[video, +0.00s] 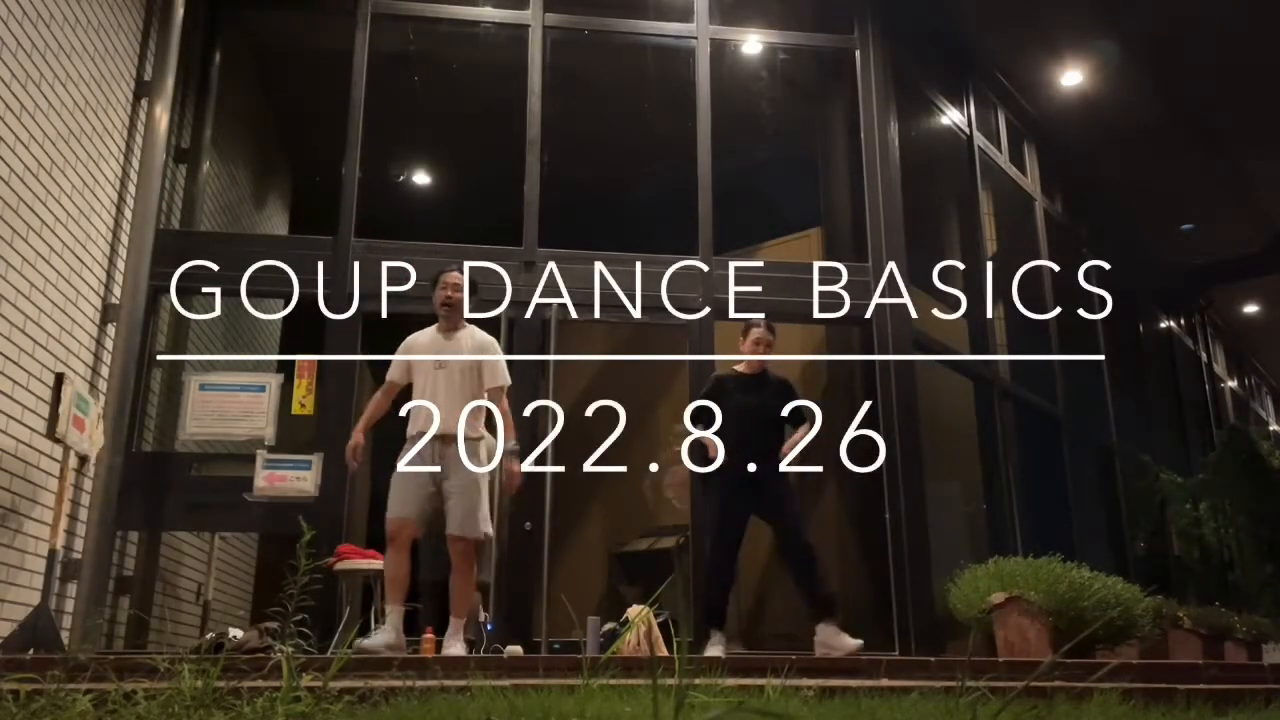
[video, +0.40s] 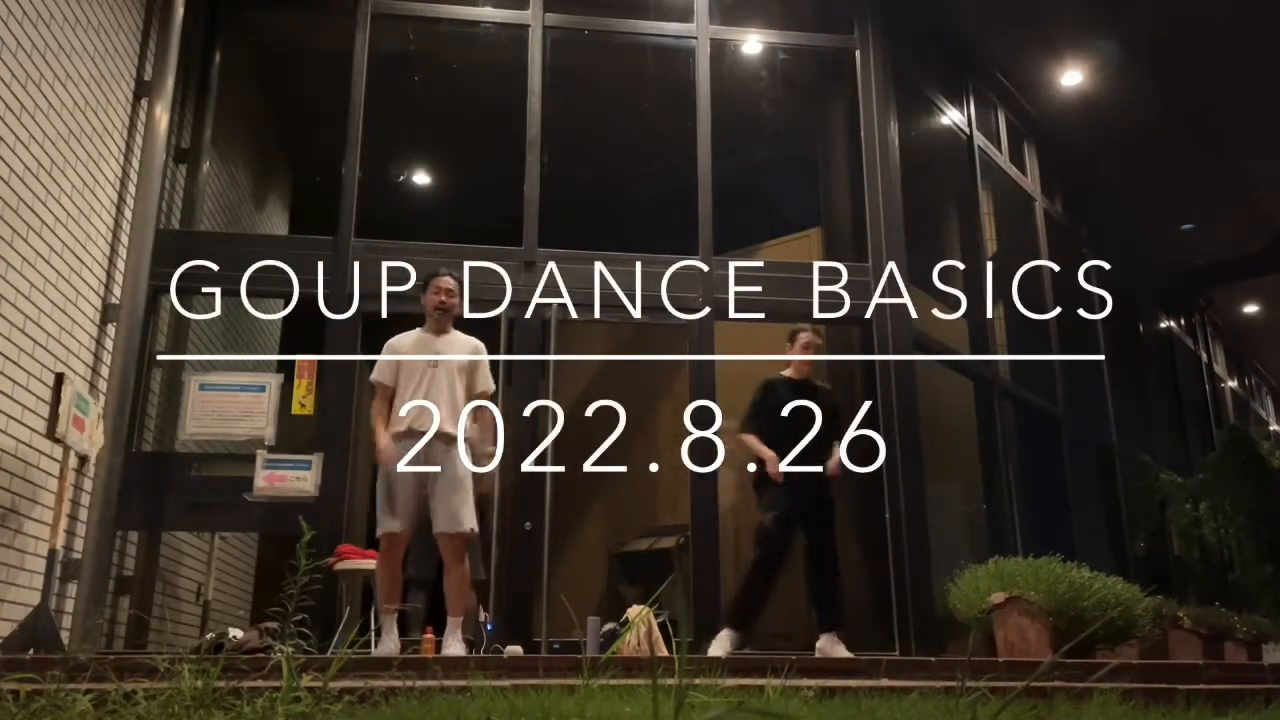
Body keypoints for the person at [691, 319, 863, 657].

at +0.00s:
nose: (761, 349)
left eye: (766, 345)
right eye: (756, 343)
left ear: (772, 350)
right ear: (742, 345)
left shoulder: (780, 387)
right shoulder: (721, 385)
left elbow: (805, 423)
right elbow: (697, 425)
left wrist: (790, 444)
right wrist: (709, 446)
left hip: (770, 481)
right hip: (728, 482)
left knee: (797, 546)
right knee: (720, 556)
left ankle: (826, 629)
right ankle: (715, 636)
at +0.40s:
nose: (810, 353)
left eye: (815, 348)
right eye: (804, 347)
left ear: (819, 354)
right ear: (789, 350)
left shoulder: (825, 395)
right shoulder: (772, 388)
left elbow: (841, 435)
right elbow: (746, 432)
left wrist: (837, 456)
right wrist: (769, 456)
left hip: (817, 485)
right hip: (779, 485)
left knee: (823, 556)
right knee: (770, 555)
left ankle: (828, 636)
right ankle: (732, 631)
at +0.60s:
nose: (826, 349)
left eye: (830, 344)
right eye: (820, 343)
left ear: (837, 349)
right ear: (805, 347)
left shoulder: (847, 391)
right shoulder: (787, 386)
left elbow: (860, 433)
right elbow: (762, 429)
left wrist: (853, 460)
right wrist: (780, 449)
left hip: (831, 480)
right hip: (794, 479)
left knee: (832, 553)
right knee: (802, 540)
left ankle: (829, 635)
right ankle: (777, 627)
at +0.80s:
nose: (831, 344)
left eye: (837, 339)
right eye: (825, 339)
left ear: (846, 345)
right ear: (813, 346)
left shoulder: (858, 389)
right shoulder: (796, 386)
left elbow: (872, 429)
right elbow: (774, 430)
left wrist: (865, 448)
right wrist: (791, 454)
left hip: (847, 482)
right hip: (809, 484)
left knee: (843, 552)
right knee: (823, 552)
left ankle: (839, 632)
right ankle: (833, 632)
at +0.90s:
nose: (832, 343)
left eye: (838, 337)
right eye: (825, 337)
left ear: (847, 344)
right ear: (814, 345)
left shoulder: (858, 387)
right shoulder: (801, 386)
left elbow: (872, 434)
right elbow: (781, 434)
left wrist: (876, 415)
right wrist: (797, 457)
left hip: (855, 482)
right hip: (816, 483)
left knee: (851, 554)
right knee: (830, 554)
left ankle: (842, 633)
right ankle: (841, 633)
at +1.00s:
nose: (830, 340)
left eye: (836, 333)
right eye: (823, 336)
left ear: (848, 341)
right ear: (814, 345)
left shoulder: (862, 381)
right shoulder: (805, 383)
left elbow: (883, 415)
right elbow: (787, 433)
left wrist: (872, 368)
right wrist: (802, 451)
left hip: (860, 478)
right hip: (822, 481)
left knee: (857, 553)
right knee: (834, 554)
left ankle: (839, 634)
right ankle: (844, 633)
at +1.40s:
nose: (848, 331)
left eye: (853, 325)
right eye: (840, 327)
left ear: (864, 332)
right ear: (830, 337)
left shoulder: (874, 368)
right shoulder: (820, 374)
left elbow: (884, 384)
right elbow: (799, 421)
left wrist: (866, 346)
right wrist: (805, 457)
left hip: (877, 472)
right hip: (835, 475)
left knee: (885, 545)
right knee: (843, 554)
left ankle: (885, 625)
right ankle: (854, 638)